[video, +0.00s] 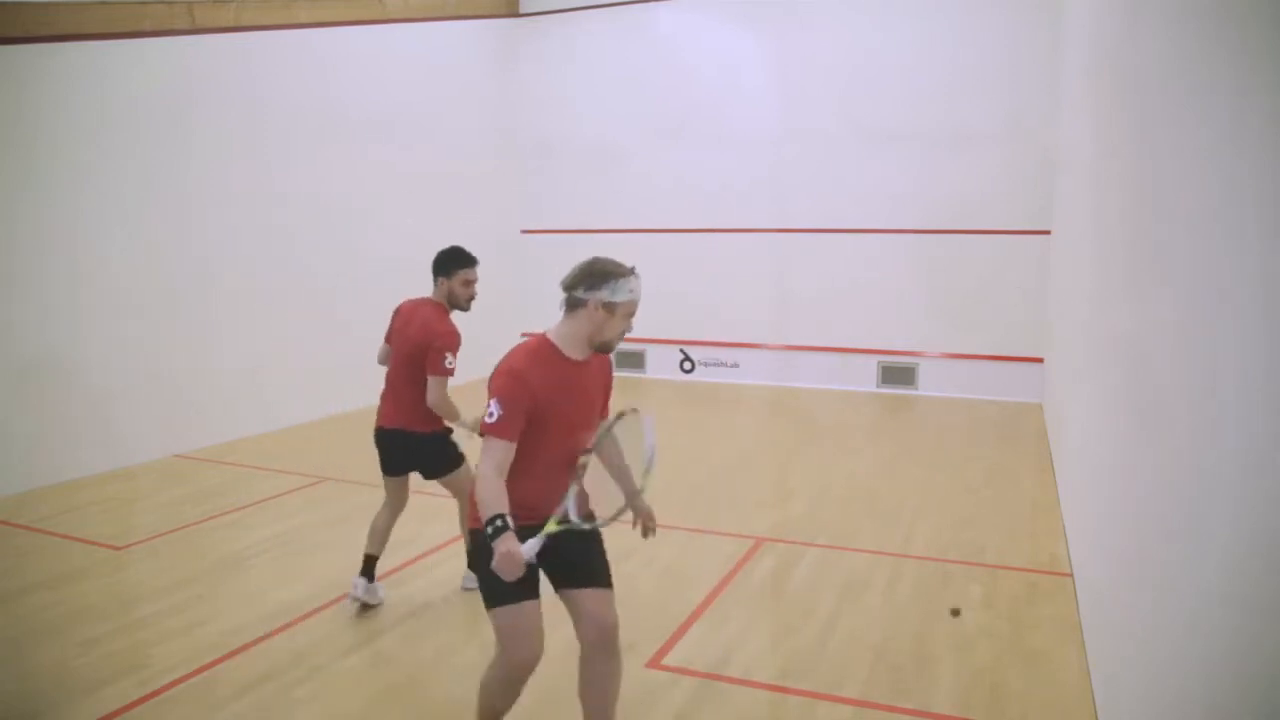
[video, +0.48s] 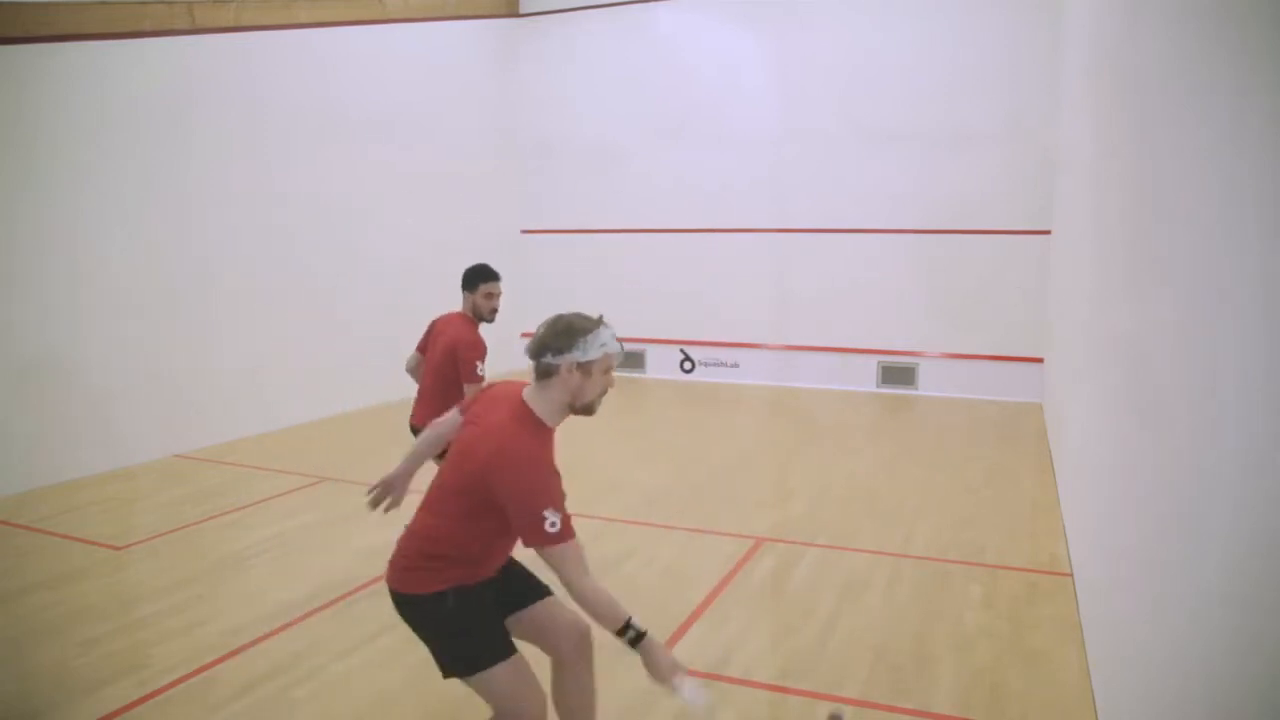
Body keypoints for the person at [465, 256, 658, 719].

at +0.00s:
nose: (630, 328)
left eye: (632, 318)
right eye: (627, 316)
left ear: (595, 310)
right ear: (595, 310)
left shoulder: (600, 365)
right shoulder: (520, 370)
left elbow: (599, 432)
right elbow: (490, 470)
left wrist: (633, 496)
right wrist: (502, 535)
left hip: (567, 515)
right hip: (505, 523)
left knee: (602, 632)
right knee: (521, 652)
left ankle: (600, 718)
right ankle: (487, 716)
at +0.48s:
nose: (611, 384)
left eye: (612, 372)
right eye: (607, 371)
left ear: (567, 371)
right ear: (572, 371)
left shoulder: (507, 393)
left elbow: (441, 429)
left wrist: (401, 473)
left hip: (482, 563)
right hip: (434, 584)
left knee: (573, 637)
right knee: (524, 705)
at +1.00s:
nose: (448, 269)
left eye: (445, 260)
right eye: (443, 262)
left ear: (391, 273)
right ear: (429, 272)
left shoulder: (348, 330)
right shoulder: (455, 347)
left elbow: (304, 404)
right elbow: (448, 394)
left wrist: (272, 476)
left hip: (339, 496)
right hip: (393, 504)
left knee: (381, 605)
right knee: (398, 638)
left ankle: (340, 710)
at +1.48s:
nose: (390, 263)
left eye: (388, 255)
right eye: (385, 256)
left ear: (340, 264)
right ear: (369, 262)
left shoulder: (305, 318)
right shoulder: (389, 326)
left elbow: (287, 393)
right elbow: (415, 406)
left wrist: (272, 455)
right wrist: (423, 433)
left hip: (315, 460)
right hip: (367, 465)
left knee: (335, 526)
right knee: (384, 558)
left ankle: (327, 624)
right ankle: (339, 645)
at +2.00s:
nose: (419, 258)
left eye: (419, 250)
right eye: (413, 250)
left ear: (383, 252)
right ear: (389, 250)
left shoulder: (345, 296)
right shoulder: (397, 308)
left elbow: (340, 356)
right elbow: (404, 377)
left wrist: (372, 384)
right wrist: (440, 424)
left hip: (353, 421)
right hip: (395, 424)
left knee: (373, 493)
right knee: (413, 500)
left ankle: (341, 574)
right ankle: (411, 584)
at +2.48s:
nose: (437, 257)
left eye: (436, 249)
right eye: (434, 250)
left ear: (398, 254)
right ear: (420, 254)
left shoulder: (374, 295)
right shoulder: (412, 308)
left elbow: (360, 357)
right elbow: (409, 377)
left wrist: (365, 400)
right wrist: (436, 420)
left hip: (370, 410)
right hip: (400, 414)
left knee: (391, 475)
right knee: (451, 480)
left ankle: (376, 555)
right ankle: (423, 568)